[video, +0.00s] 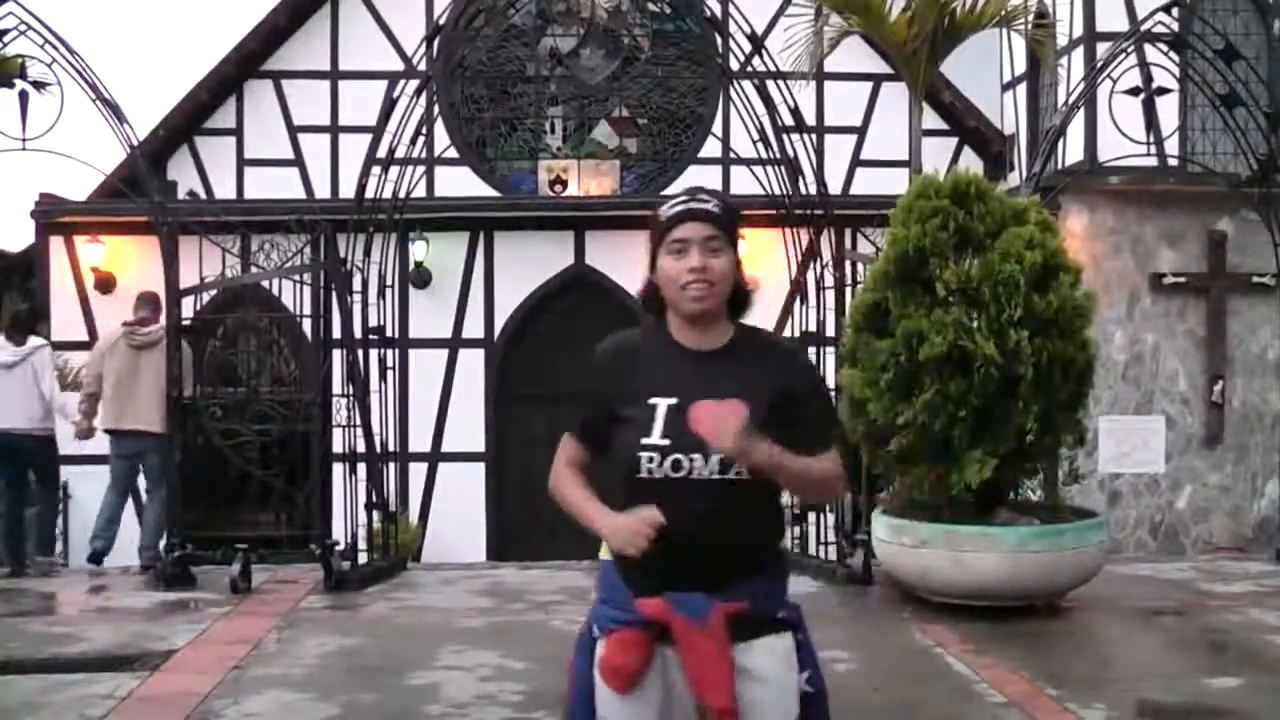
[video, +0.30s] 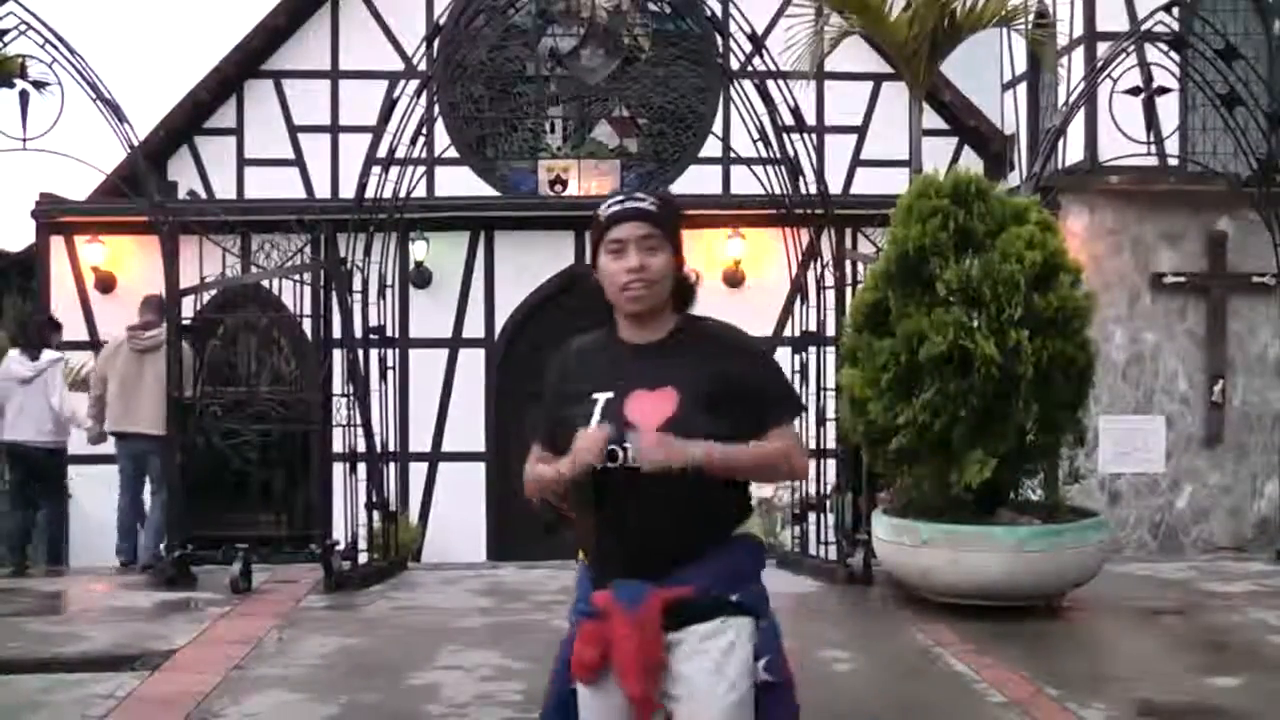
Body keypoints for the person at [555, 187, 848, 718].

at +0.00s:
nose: (697, 265)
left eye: (713, 249)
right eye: (679, 252)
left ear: (737, 266)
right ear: (656, 271)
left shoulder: (781, 362)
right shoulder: (620, 359)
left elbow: (833, 479)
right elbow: (562, 471)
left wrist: (758, 452)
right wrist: (608, 523)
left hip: (750, 615)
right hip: (635, 614)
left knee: (775, 708)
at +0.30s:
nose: (634, 265)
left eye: (650, 248)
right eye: (617, 251)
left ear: (677, 262)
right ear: (598, 268)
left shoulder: (731, 353)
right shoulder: (575, 361)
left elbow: (790, 459)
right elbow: (533, 476)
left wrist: (688, 452)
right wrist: (569, 467)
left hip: (714, 595)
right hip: (606, 598)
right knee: (592, 709)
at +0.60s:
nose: (622, 264)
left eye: (641, 247)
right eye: (606, 250)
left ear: (671, 262)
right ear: (588, 268)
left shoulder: (714, 354)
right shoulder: (572, 362)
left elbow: (764, 473)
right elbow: (532, 498)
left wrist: (656, 518)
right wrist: (531, 468)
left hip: (698, 602)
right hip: (602, 602)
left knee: (684, 711)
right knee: (593, 711)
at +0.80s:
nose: (636, 271)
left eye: (657, 254)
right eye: (621, 256)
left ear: (691, 270)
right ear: (605, 273)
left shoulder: (727, 368)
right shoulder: (591, 362)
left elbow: (789, 497)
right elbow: (528, 481)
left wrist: (677, 537)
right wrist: (559, 466)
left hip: (708, 624)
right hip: (606, 619)